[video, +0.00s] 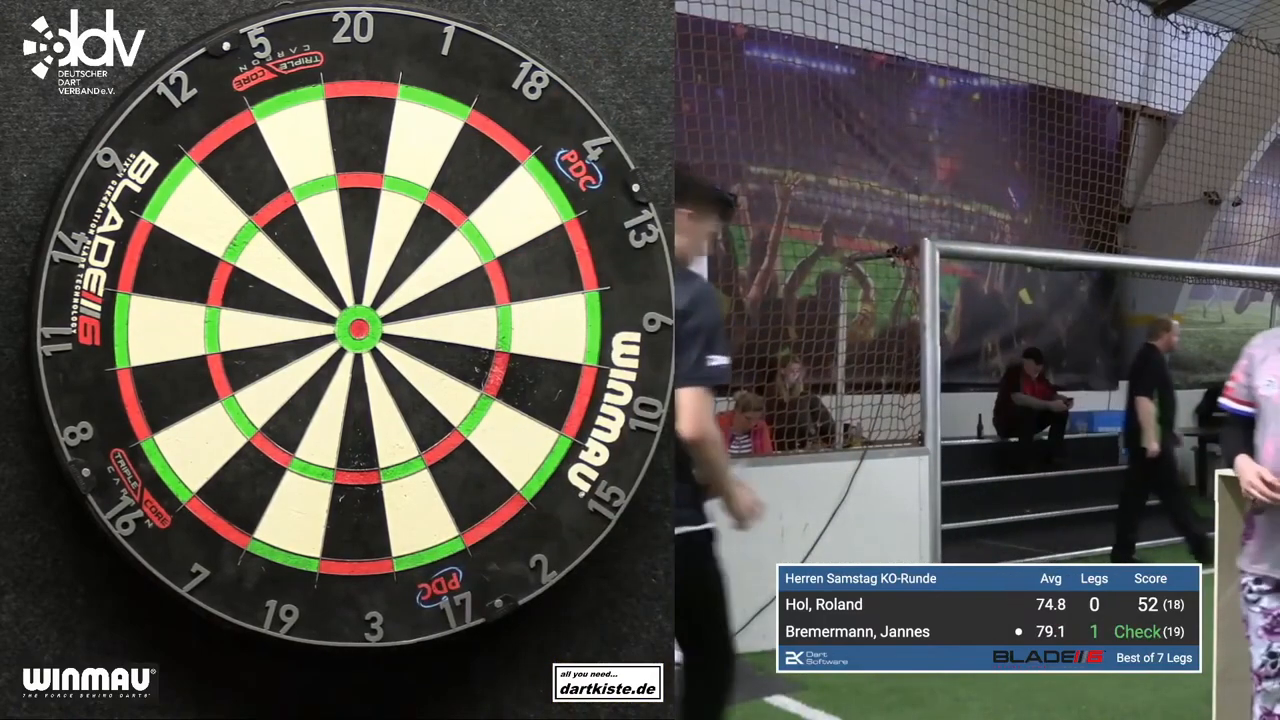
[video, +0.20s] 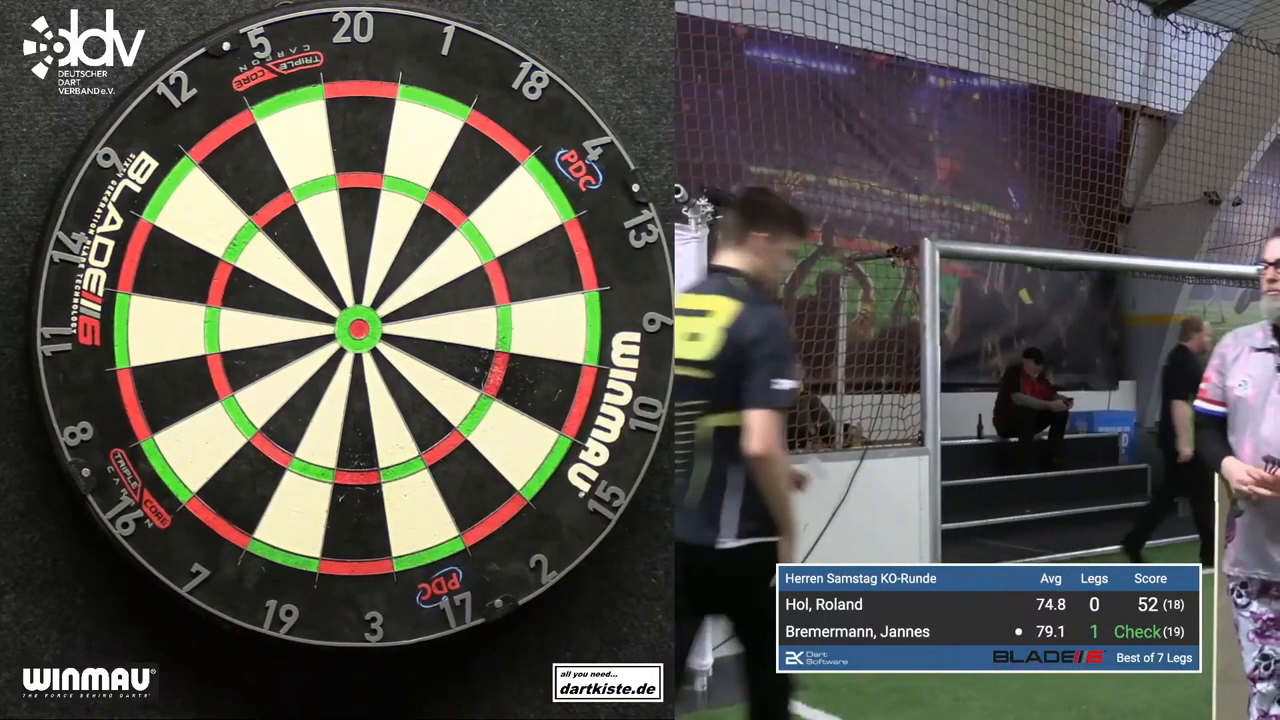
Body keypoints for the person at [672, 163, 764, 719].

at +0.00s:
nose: (714, 238)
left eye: (716, 225)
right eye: (710, 223)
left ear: (668, 220)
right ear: (680, 218)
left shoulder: (611, 285)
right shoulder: (692, 295)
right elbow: (692, 425)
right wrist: (731, 488)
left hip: (605, 512)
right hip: (672, 518)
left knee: (622, 670)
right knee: (710, 667)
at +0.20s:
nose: (790, 266)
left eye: (793, 254)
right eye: (787, 252)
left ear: (739, 240)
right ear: (757, 241)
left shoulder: (682, 306)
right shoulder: (761, 317)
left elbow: (687, 417)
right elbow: (761, 447)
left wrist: (771, 465)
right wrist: (788, 529)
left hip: (673, 536)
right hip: (737, 543)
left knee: (656, 687)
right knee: (770, 689)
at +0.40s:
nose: (868, 265)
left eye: (872, 253)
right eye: (868, 252)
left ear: (819, 238)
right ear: (842, 240)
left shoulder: (767, 294)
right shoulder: (844, 313)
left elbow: (743, 401)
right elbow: (850, 435)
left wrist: (754, 467)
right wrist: (868, 508)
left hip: (762, 495)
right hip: (817, 505)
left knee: (815, 620)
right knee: (823, 632)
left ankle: (752, 694)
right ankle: (796, 712)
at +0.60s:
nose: (939, 267)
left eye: (942, 256)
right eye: (938, 255)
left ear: (895, 247)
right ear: (917, 249)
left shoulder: (849, 302)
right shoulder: (921, 319)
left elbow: (816, 398)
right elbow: (922, 438)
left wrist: (772, 473)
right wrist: (934, 515)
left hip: (840, 488)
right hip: (888, 500)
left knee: (894, 621)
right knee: (859, 627)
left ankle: (929, 711)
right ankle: (814, 713)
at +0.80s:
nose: (1019, 280)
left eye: (1022, 270)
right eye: (1018, 267)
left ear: (972, 255)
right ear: (992, 257)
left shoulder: (924, 309)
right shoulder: (990, 319)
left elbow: (906, 401)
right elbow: (984, 429)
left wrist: (893, 481)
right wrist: (1005, 511)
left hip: (926, 489)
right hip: (965, 498)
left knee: (977, 625)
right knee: (963, 633)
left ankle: (976, 714)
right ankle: (878, 714)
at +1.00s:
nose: (1087, 279)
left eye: (1090, 269)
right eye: (1085, 267)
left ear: (1052, 253)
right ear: (1061, 253)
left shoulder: (997, 301)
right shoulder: (1045, 313)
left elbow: (981, 387)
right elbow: (1029, 413)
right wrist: (1080, 491)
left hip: (991, 486)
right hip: (1033, 492)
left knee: (999, 606)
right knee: (1088, 600)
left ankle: (984, 711)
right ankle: (1059, 706)